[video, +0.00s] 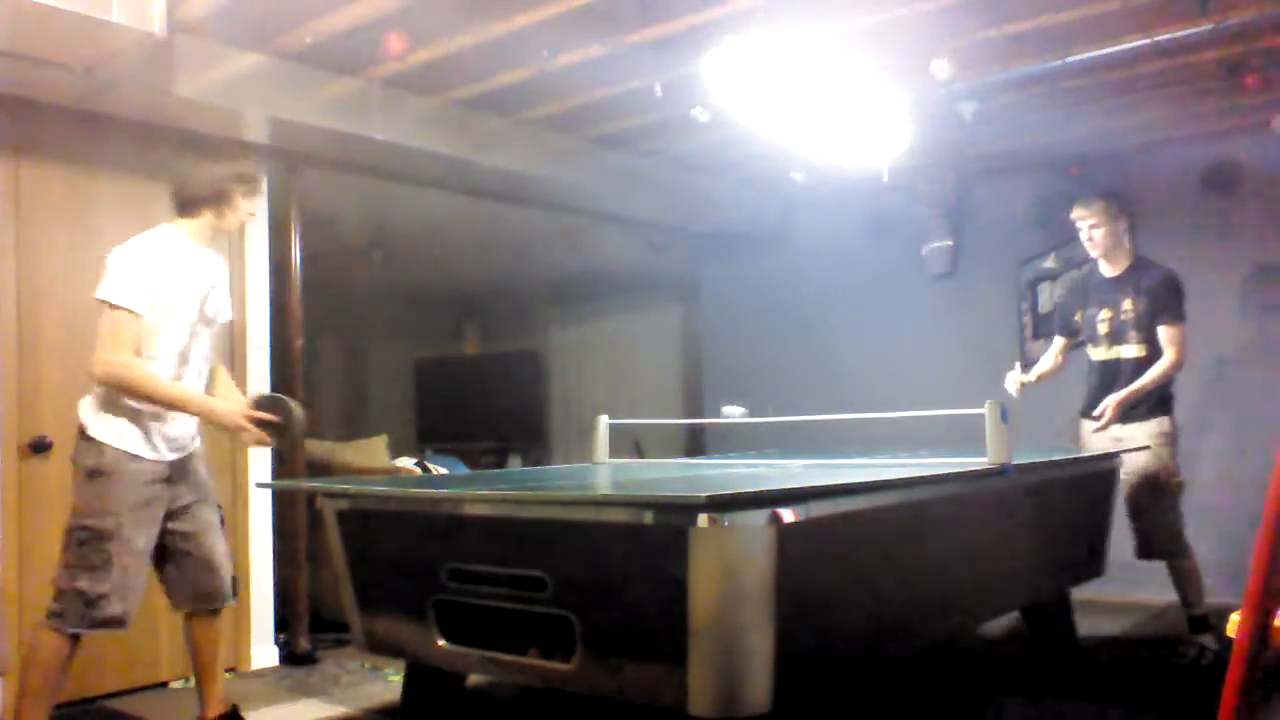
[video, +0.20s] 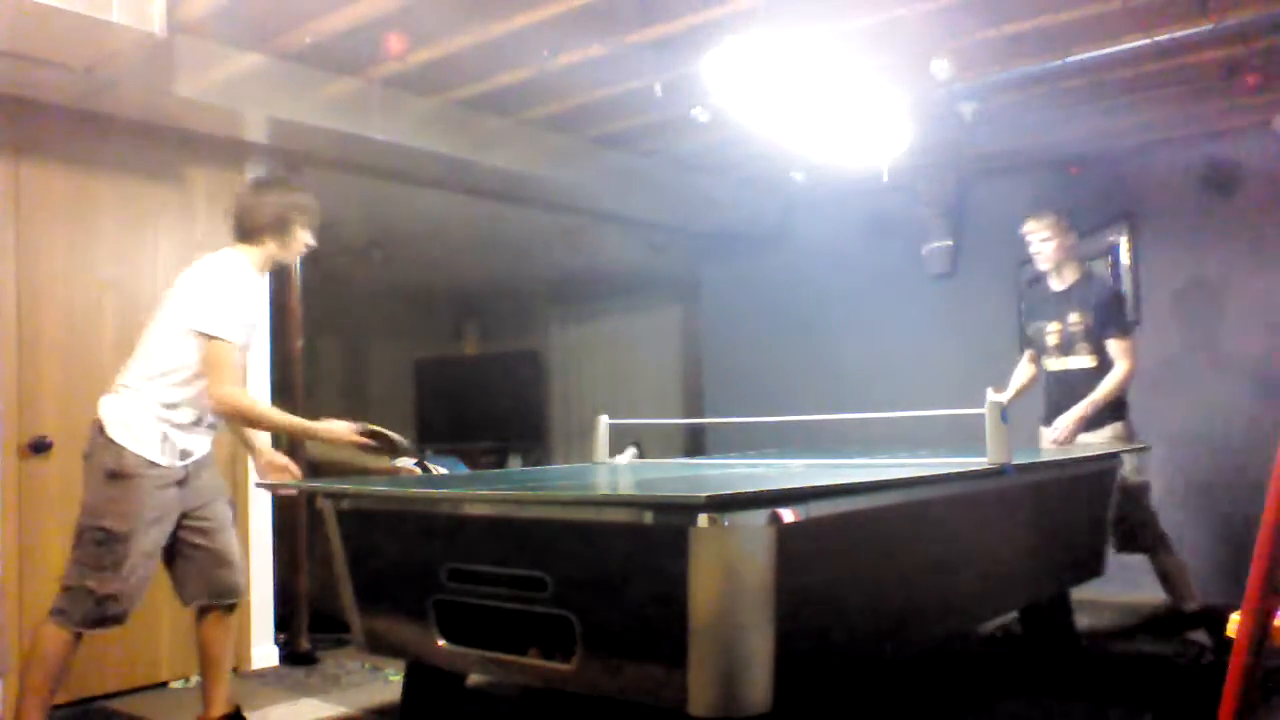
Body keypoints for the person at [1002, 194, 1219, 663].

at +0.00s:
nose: (1087, 237)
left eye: (1095, 227)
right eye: (1082, 231)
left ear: (1123, 225)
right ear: (1079, 237)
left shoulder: (1158, 282)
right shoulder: (1078, 288)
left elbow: (1173, 355)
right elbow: (1057, 353)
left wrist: (1120, 398)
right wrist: (1030, 375)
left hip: (1147, 426)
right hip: (1093, 428)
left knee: (1163, 532)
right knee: (1071, 530)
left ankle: (1199, 627)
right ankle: (1043, 621)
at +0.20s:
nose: (1037, 250)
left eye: (1044, 240)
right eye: (1031, 243)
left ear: (1069, 239)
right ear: (1027, 248)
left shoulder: (1101, 293)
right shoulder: (1034, 299)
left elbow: (1124, 364)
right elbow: (1033, 358)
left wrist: (1075, 416)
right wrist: (1006, 395)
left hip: (1105, 434)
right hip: (1055, 437)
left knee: (1146, 533)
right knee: (1048, 537)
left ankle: (1192, 617)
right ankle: (1048, 628)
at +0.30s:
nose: (1012, 252)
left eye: (1020, 242)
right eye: (1007, 244)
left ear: (1045, 242)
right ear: (1005, 250)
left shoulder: (1077, 294)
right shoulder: (1014, 304)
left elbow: (1101, 363)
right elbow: (1015, 362)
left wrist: (1064, 416)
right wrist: (992, 400)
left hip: (1086, 432)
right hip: (1035, 435)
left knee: (1121, 522)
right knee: (1034, 530)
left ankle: (1174, 606)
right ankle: (1041, 621)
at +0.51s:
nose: (989, 244)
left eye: (997, 235)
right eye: (984, 238)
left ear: (1019, 234)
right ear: (981, 241)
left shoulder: (1051, 281)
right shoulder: (991, 296)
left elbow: (1082, 347)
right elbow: (996, 354)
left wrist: (1051, 407)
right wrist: (968, 393)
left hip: (1063, 420)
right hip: (1018, 424)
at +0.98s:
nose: (994, 257)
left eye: (997, 246)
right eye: (989, 250)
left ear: (1021, 238)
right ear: (999, 249)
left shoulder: (1054, 275)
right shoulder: (1012, 291)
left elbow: (1084, 341)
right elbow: (1026, 360)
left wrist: (1055, 403)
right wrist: (1011, 397)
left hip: (1068, 414)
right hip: (1030, 419)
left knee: (1076, 512)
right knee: (1033, 515)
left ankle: (1128, 600)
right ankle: (1039, 611)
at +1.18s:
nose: (1018, 266)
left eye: (1019, 255)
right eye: (1014, 259)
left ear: (1041, 245)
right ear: (1037, 249)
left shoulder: (1065, 281)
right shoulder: (1080, 276)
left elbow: (1087, 347)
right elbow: (1098, 350)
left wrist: (1056, 410)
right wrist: (1062, 397)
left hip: (1087, 421)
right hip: (1108, 417)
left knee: (1055, 522)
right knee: (1108, 525)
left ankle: (1046, 627)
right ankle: (1146, 620)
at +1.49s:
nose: (1057, 249)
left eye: (1061, 238)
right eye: (1053, 242)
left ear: (1087, 230)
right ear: (1065, 241)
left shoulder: (1108, 274)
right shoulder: (1090, 279)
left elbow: (1112, 348)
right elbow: (1066, 333)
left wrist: (1083, 410)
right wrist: (1012, 331)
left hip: (1135, 413)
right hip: (1115, 413)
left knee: (1124, 521)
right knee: (1119, 520)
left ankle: (1151, 618)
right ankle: (1167, 593)